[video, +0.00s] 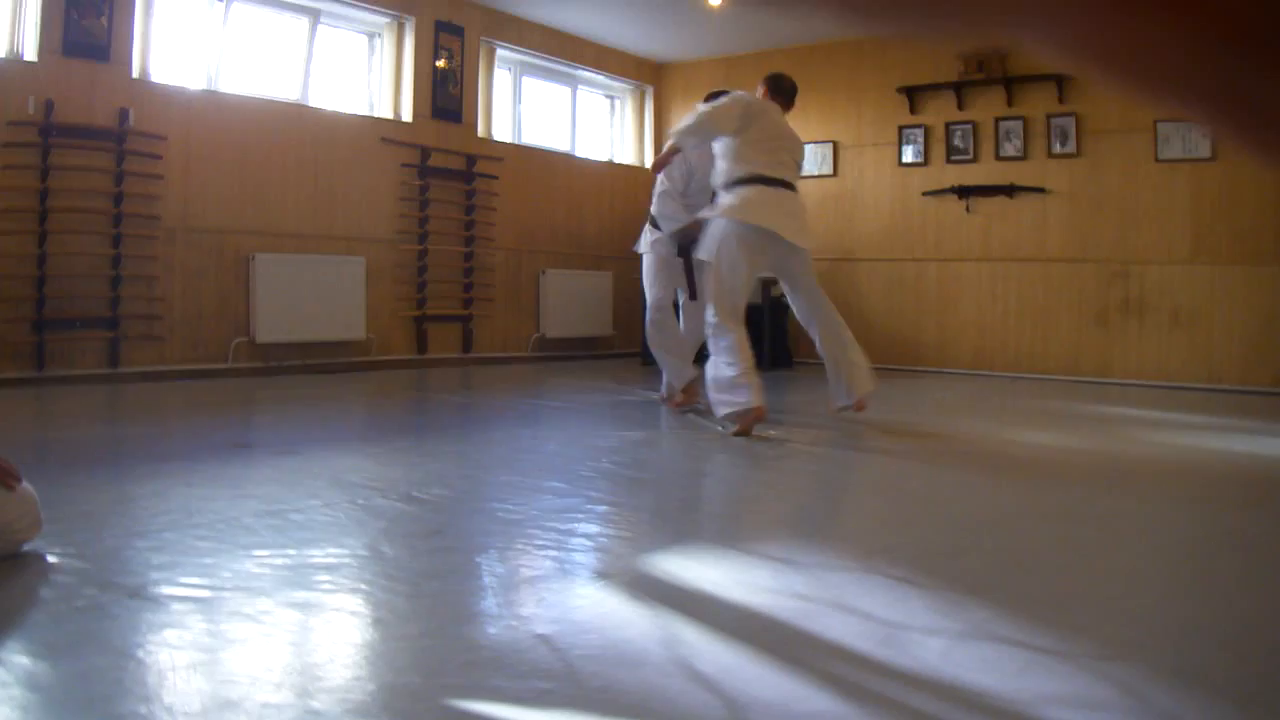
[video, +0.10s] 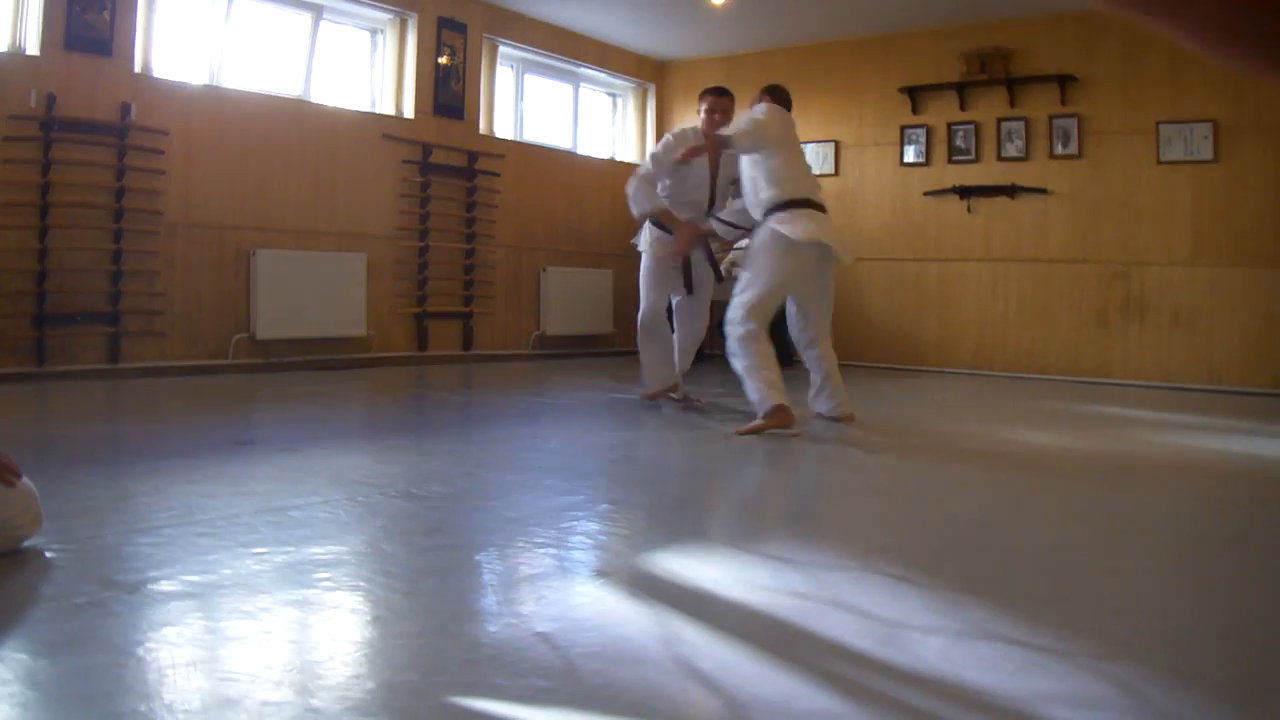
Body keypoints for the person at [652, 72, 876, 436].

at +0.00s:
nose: (755, 91)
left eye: (758, 88)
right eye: (760, 89)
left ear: (763, 90)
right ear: (790, 104)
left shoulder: (746, 103)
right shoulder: (793, 138)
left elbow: (702, 119)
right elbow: (779, 182)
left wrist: (670, 150)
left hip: (740, 213)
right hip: (786, 217)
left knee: (723, 316)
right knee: (813, 304)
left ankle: (741, 402)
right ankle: (854, 386)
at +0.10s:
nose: (751, 107)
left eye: (755, 102)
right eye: (754, 103)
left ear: (765, 101)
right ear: (786, 107)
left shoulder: (769, 115)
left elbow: (741, 136)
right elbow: (751, 208)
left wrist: (704, 145)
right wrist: (701, 230)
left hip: (784, 230)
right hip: (816, 233)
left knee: (742, 321)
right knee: (812, 331)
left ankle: (772, 405)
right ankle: (834, 406)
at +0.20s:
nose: (739, 114)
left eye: (743, 106)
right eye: (738, 108)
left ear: (765, 102)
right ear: (762, 103)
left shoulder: (781, 115)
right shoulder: (763, 155)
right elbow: (733, 199)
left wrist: (756, 157)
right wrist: (679, 197)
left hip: (811, 224)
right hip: (815, 229)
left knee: (769, 315)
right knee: (806, 322)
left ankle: (783, 410)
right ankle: (834, 405)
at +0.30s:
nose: (736, 102)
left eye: (741, 93)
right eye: (734, 96)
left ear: (765, 91)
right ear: (743, 101)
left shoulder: (792, 109)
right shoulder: (752, 150)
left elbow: (833, 142)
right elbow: (718, 174)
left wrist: (802, 161)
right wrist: (665, 168)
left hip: (826, 211)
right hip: (805, 221)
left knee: (790, 303)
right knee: (814, 313)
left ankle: (801, 402)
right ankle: (837, 404)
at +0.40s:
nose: (739, 89)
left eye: (744, 80)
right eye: (735, 84)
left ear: (767, 76)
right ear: (737, 89)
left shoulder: (799, 101)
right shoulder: (747, 135)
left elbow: (843, 136)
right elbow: (729, 173)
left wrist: (822, 160)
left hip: (833, 207)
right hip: (806, 221)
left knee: (802, 294)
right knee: (817, 305)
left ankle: (831, 392)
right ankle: (835, 400)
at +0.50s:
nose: (748, 82)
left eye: (755, 73)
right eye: (742, 76)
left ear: (775, 73)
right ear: (739, 83)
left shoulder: (805, 103)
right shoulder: (743, 131)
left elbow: (850, 138)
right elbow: (726, 175)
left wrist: (840, 169)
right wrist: (719, 161)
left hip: (838, 208)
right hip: (804, 223)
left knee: (813, 288)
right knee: (811, 304)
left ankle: (839, 391)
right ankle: (828, 395)